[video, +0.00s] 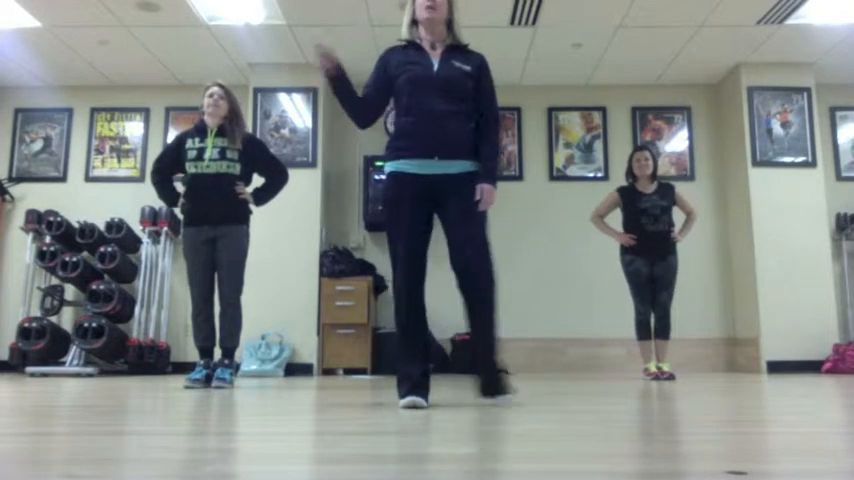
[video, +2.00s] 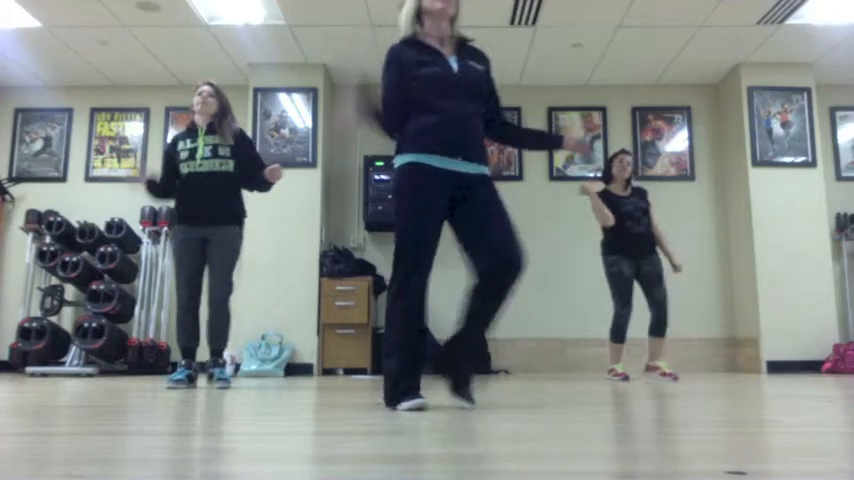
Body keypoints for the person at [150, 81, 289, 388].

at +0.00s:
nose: (213, 100)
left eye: (220, 97)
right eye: (209, 96)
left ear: (230, 107)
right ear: (202, 104)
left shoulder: (245, 142)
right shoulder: (187, 140)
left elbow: (280, 174)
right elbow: (159, 171)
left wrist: (256, 196)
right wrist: (175, 199)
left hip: (232, 227)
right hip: (196, 226)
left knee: (229, 295)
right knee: (200, 297)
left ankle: (227, 362)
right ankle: (205, 361)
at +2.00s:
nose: (202, 98)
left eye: (209, 95)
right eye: (199, 95)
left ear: (220, 104)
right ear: (192, 103)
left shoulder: (237, 138)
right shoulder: (178, 142)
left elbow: (251, 181)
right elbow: (170, 189)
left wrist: (266, 178)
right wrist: (150, 184)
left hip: (225, 227)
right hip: (187, 227)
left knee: (219, 295)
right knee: (186, 296)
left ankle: (217, 362)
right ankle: (187, 364)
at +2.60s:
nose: (251, 99)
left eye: (258, 96)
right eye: (246, 94)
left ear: (268, 106)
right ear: (238, 102)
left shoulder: (279, 143)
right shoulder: (220, 136)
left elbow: (291, 188)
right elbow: (196, 181)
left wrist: (313, 182)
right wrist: (197, 168)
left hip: (264, 228)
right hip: (227, 226)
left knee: (264, 296)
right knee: (215, 288)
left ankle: (263, 364)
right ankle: (189, 353)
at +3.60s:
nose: (216, 96)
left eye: (223, 93)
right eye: (212, 92)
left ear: (235, 105)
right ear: (205, 100)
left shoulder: (248, 141)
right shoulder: (187, 137)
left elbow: (264, 183)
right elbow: (173, 182)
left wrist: (288, 180)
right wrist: (162, 172)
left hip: (239, 226)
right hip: (199, 227)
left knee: (259, 286)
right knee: (193, 295)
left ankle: (268, 356)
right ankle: (190, 364)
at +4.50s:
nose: (259, 95)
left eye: (266, 93)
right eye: (254, 91)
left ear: (274, 104)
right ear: (245, 100)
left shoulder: (284, 142)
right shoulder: (226, 133)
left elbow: (295, 187)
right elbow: (207, 173)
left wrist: (321, 186)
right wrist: (188, 173)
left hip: (265, 227)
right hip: (226, 225)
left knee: (265, 296)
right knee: (208, 289)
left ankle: (267, 364)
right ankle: (189, 358)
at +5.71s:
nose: (214, 106)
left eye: (221, 104)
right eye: (210, 102)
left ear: (230, 115)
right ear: (202, 111)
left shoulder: (242, 150)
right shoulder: (186, 148)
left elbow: (256, 191)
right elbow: (171, 191)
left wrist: (281, 190)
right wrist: (153, 191)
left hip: (233, 234)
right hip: (195, 234)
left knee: (243, 296)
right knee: (192, 300)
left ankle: (254, 362)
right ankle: (194, 365)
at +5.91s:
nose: (214, 107)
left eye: (220, 105)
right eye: (211, 103)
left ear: (230, 115)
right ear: (202, 111)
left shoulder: (240, 148)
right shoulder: (184, 147)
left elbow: (268, 175)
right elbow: (152, 168)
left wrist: (281, 159)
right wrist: (137, 152)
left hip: (235, 231)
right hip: (197, 232)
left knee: (248, 292)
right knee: (194, 297)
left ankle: (260, 360)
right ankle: (193, 363)